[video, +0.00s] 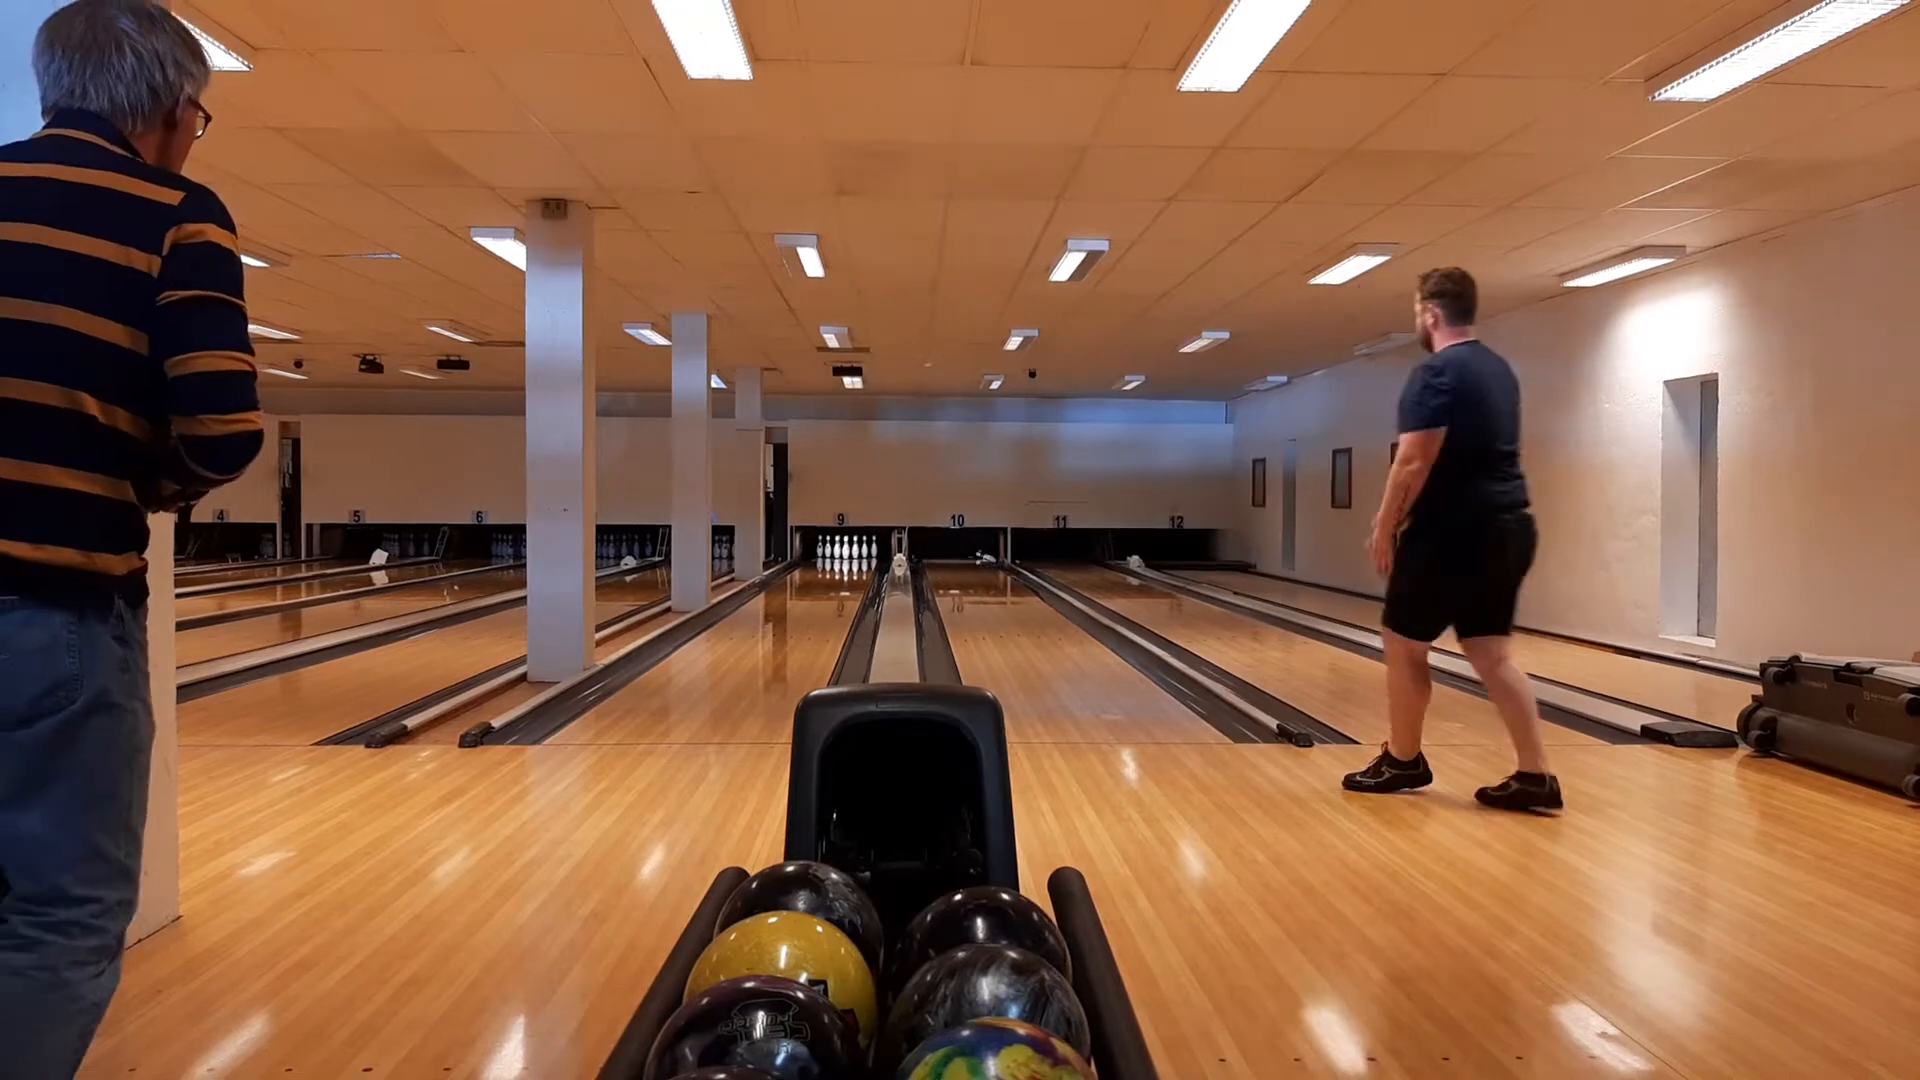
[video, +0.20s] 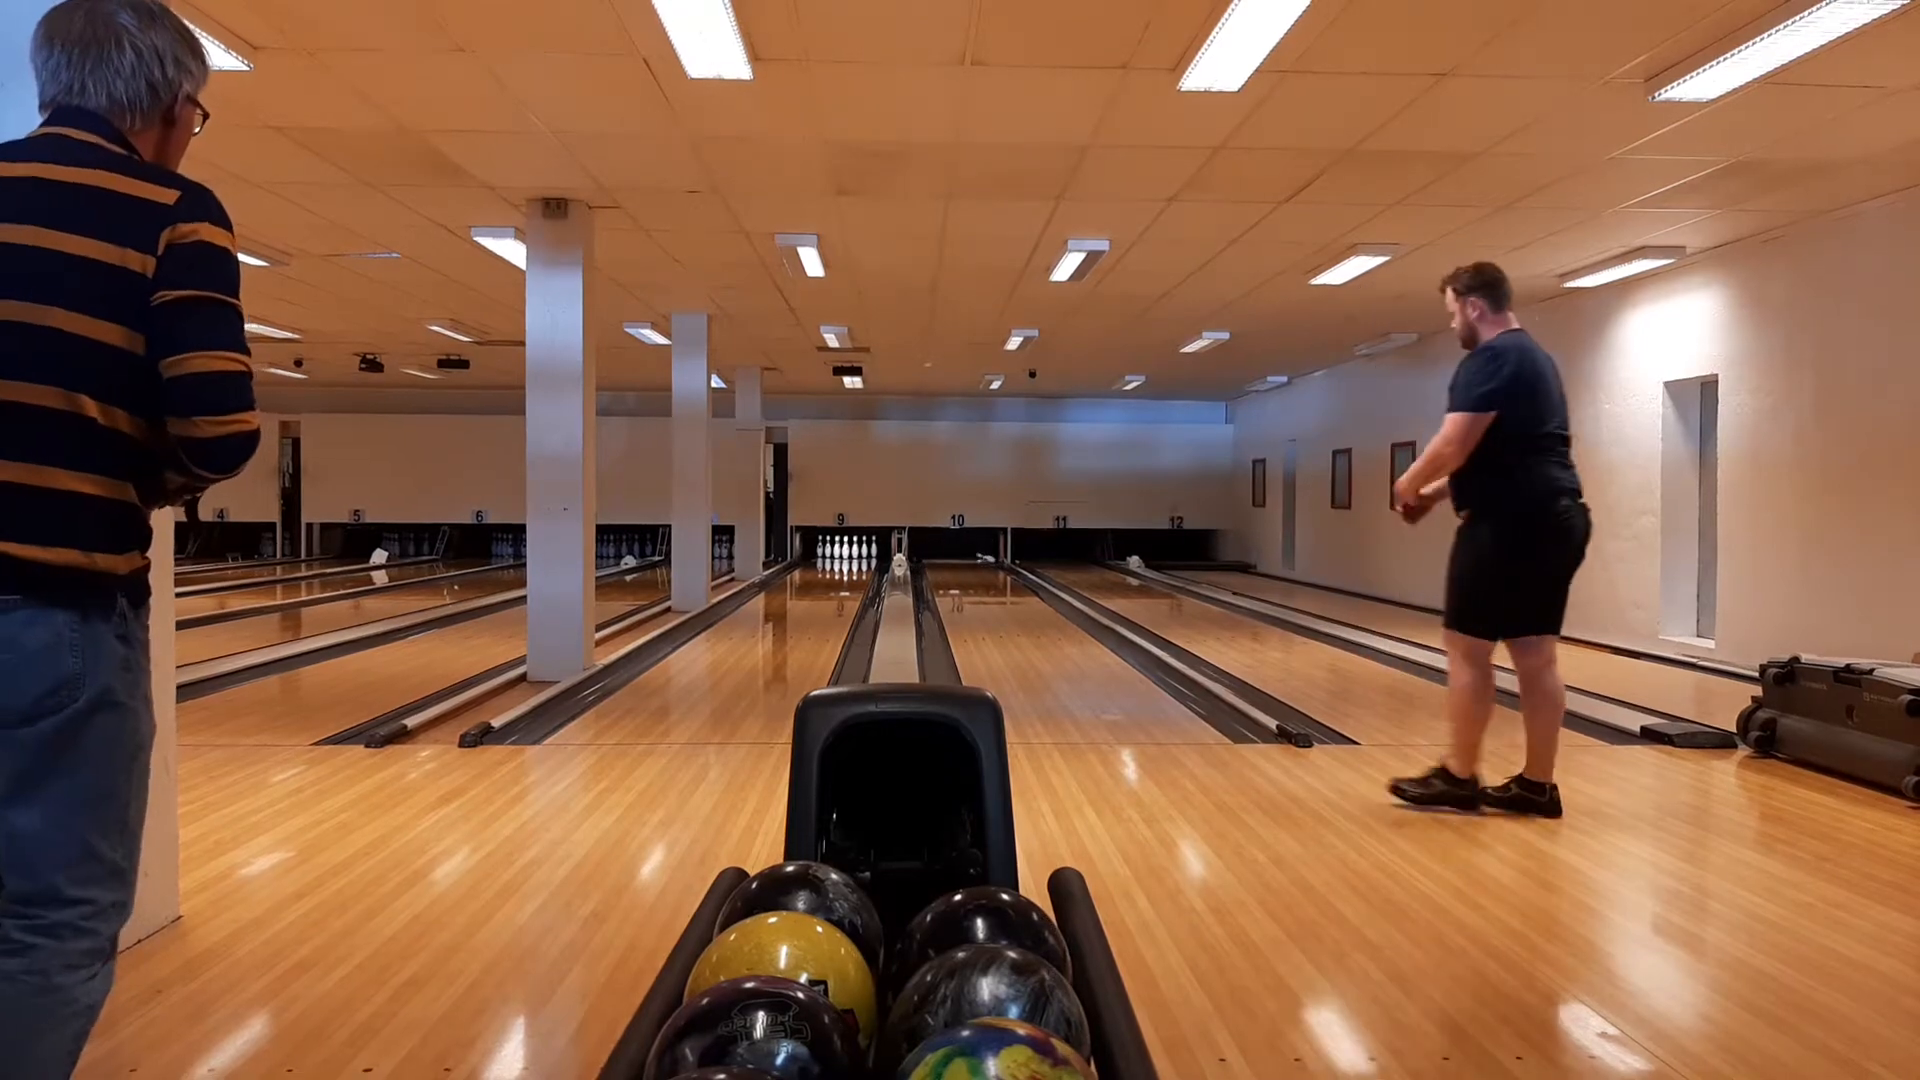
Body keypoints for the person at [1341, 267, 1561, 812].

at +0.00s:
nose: (1417, 321)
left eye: (1417, 313)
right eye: (1419, 312)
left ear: (1430, 314)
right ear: (1470, 313)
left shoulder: (1436, 373)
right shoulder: (1499, 370)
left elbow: (1414, 461)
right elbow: (1492, 456)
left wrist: (1383, 528)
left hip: (1447, 530)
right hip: (1508, 526)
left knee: (1403, 639)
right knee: (1490, 650)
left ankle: (1403, 759)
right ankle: (1535, 776)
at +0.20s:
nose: (1452, 324)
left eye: (1452, 312)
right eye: (1451, 313)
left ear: (1471, 306)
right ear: (1502, 305)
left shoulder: (1490, 359)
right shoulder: (1534, 357)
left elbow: (1450, 446)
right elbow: (1496, 455)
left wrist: (1408, 482)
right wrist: (1434, 491)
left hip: (1504, 524)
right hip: (1554, 520)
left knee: (1467, 648)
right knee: (1535, 653)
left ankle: (1459, 775)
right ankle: (1538, 783)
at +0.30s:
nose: (1468, 324)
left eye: (1469, 312)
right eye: (1466, 314)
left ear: (1496, 305)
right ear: (1511, 306)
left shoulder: (1516, 357)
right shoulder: (1547, 354)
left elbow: (1482, 441)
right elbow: (1523, 456)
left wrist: (1434, 483)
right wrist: (1467, 503)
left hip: (1530, 521)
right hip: (1568, 518)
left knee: (1494, 644)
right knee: (1550, 649)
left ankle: (1527, 783)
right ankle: (1540, 784)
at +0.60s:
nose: (1535, 310)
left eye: (1544, 299)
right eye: (1533, 300)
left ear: (1582, 296)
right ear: (1563, 301)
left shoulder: (1613, 357)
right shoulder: (1554, 364)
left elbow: (1619, 452)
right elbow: (1555, 453)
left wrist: (1583, 537)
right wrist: (1549, 533)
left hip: (1621, 538)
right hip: (1561, 538)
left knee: (1632, 681)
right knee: (1565, 674)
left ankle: (1651, 812)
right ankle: (1541, 782)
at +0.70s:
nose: (1563, 303)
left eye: (1574, 292)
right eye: (1561, 293)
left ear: (1615, 292)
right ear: (1568, 295)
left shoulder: (1651, 355)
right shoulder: (1563, 363)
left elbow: (1670, 450)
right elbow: (1566, 453)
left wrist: (1646, 536)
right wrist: (1561, 534)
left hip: (1644, 541)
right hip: (1573, 541)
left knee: (1648, 679)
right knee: (1558, 666)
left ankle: (1653, 813)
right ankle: (1541, 783)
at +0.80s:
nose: (1593, 293)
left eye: (1606, 283)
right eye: (1590, 283)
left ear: (1645, 283)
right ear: (1592, 285)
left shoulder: (1686, 352)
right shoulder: (1576, 357)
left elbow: (1720, 440)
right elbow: (1563, 446)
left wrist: (1706, 523)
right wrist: (1559, 525)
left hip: (1664, 541)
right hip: (1583, 538)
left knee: (1659, 677)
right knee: (1554, 659)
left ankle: (1654, 812)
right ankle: (1544, 783)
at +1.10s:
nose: (1673, 278)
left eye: (1689, 268)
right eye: (1663, 266)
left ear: (1716, 273)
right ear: (1648, 270)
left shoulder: (1757, 350)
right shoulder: (1607, 347)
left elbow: (1822, 428)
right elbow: (1563, 433)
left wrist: (1771, 506)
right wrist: (1555, 502)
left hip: (1713, 541)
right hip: (1623, 537)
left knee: (1681, 678)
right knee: (1630, 677)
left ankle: (1658, 812)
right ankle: (1627, 821)